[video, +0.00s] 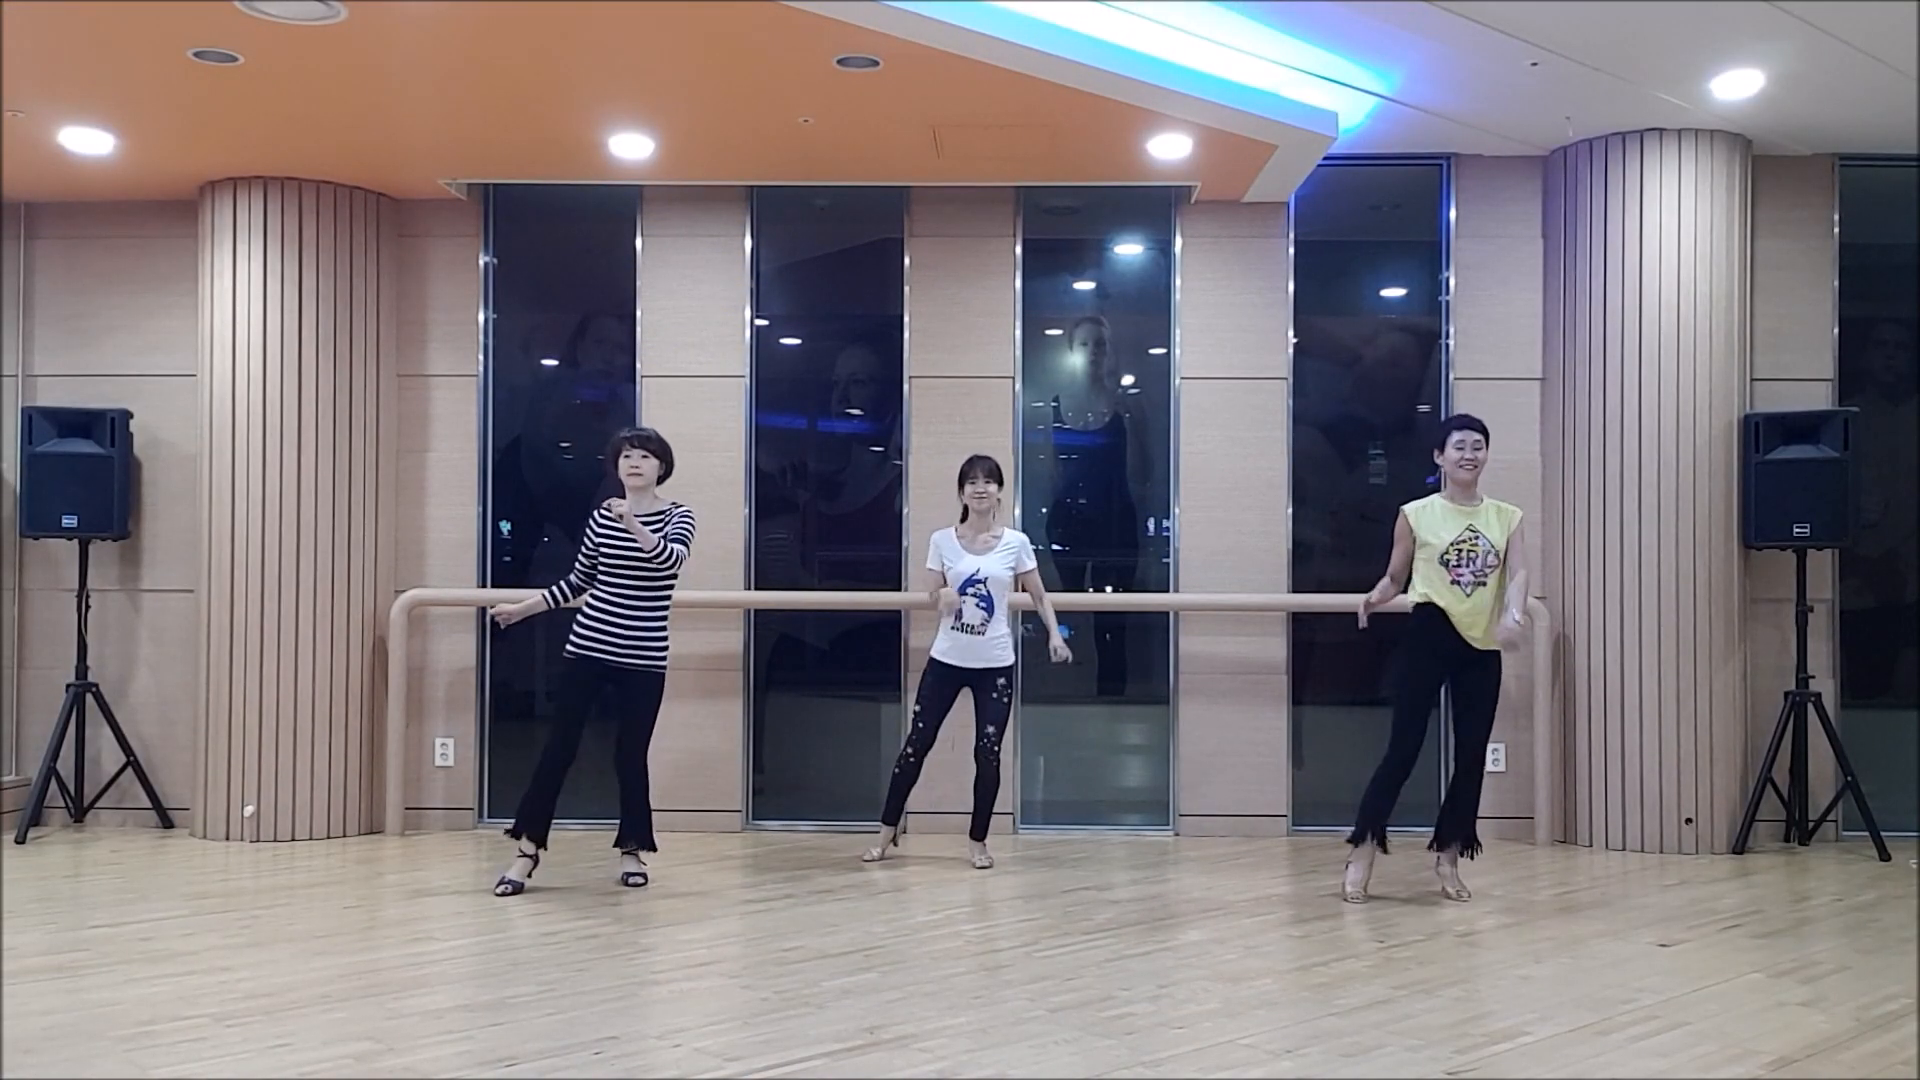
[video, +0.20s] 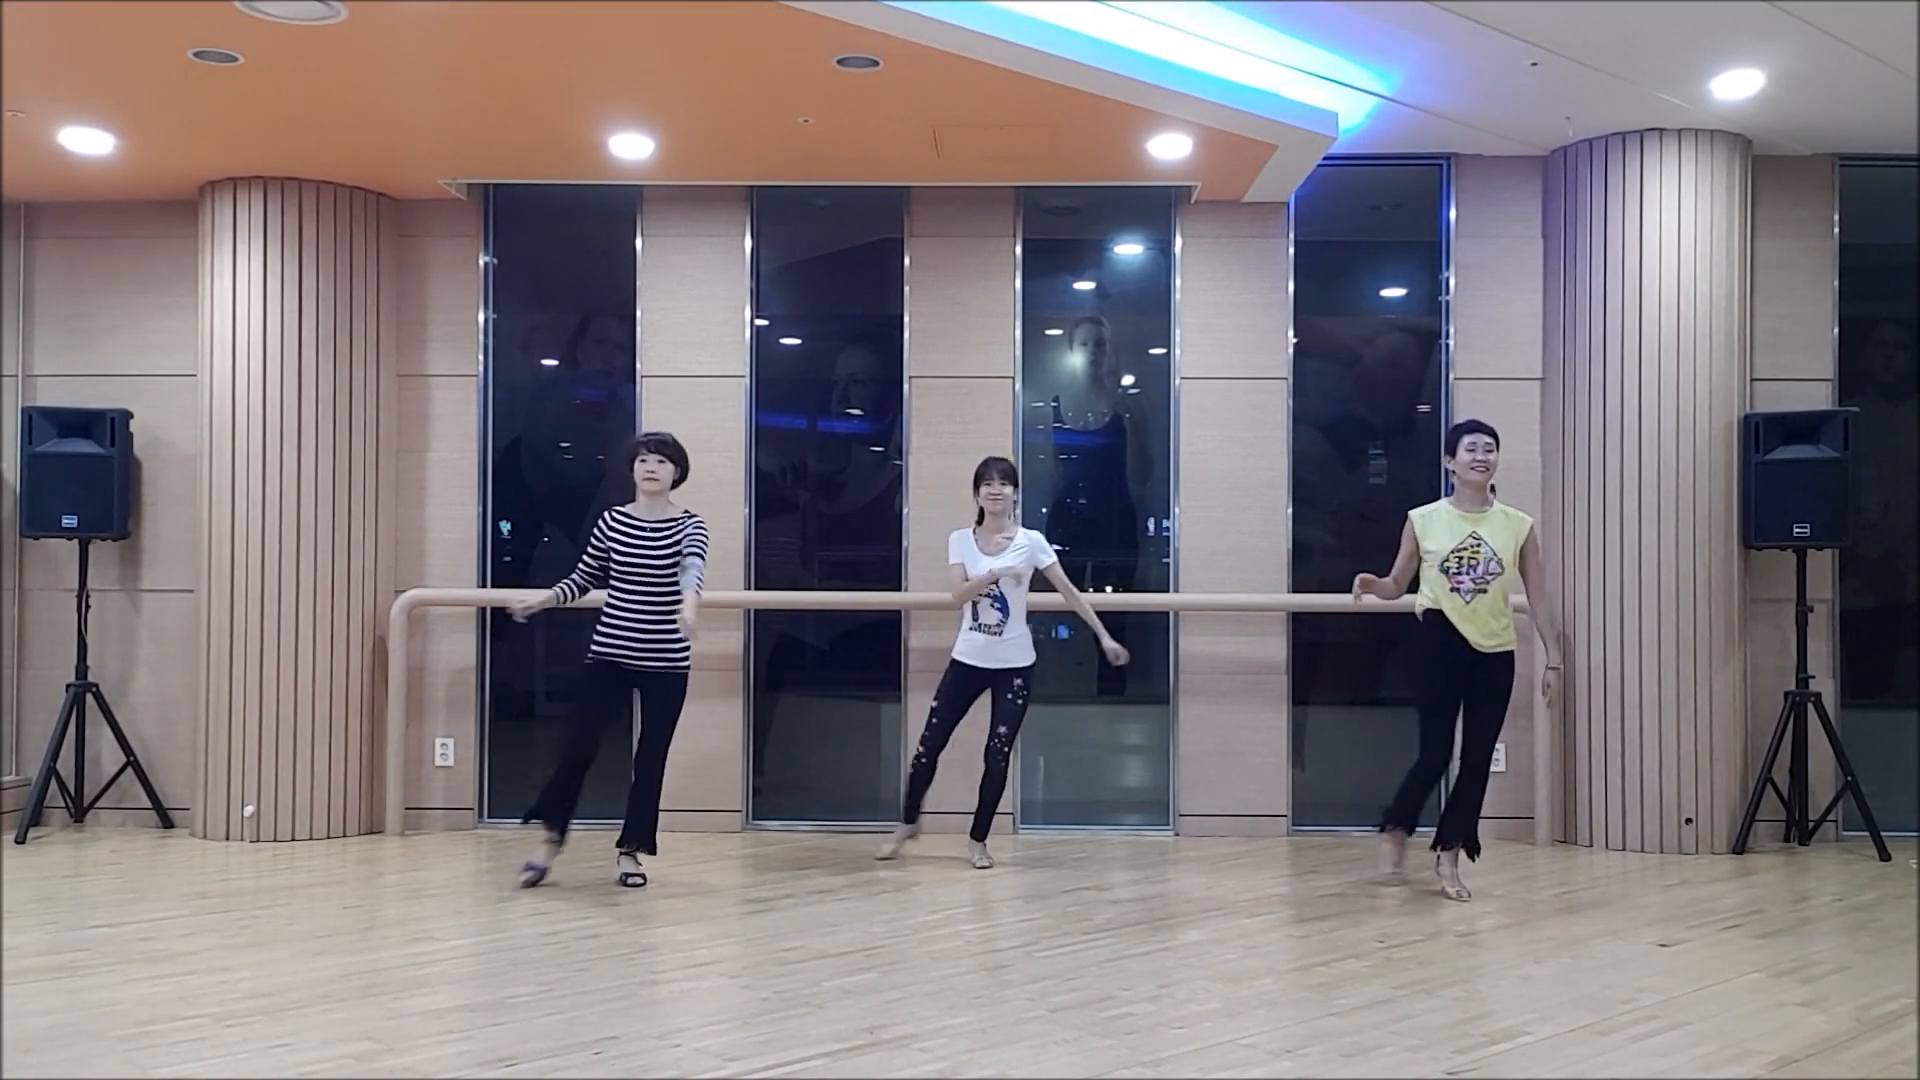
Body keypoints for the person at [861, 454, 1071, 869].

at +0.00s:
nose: (981, 488)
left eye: (988, 482)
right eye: (973, 482)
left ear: (1000, 490)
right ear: (961, 490)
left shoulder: (1016, 543)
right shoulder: (943, 540)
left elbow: (1039, 595)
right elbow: (932, 599)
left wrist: (1055, 634)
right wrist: (944, 597)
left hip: (996, 664)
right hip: (947, 659)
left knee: (988, 752)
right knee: (915, 745)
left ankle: (978, 841)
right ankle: (888, 831)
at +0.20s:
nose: (995, 490)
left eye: (1002, 484)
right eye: (987, 484)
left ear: (1015, 492)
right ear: (976, 492)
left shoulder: (1031, 541)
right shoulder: (961, 540)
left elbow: (1069, 592)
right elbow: (957, 595)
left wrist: (1105, 636)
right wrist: (989, 578)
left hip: (1015, 662)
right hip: (968, 658)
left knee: (998, 754)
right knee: (929, 744)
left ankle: (978, 840)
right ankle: (909, 822)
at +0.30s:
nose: (1007, 491)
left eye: (1015, 484)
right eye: (999, 485)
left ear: (1026, 492)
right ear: (988, 493)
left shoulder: (1043, 543)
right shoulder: (972, 539)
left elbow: (1079, 592)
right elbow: (980, 589)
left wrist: (1115, 637)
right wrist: (1028, 575)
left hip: (1026, 663)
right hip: (981, 660)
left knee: (1004, 754)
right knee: (954, 747)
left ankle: (980, 841)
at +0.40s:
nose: (1023, 490)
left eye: (1030, 483)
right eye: (1015, 484)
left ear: (1041, 492)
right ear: (1002, 493)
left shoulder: (1058, 541)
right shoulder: (987, 540)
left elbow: (1082, 591)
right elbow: (998, 594)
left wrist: (1101, 633)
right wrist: (1052, 601)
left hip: (1040, 666)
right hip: (995, 664)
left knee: (1017, 753)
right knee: (1002, 754)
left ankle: (984, 837)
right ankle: (1039, 823)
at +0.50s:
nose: (1038, 490)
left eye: (1045, 484)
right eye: (1029, 484)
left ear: (1056, 491)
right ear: (1018, 493)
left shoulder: (1072, 541)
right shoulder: (1005, 540)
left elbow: (1086, 591)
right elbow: (1015, 602)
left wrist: (1093, 628)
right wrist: (1055, 646)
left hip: (1059, 660)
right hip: (1013, 661)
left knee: (1056, 746)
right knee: (1026, 751)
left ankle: (1015, 823)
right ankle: (1047, 831)